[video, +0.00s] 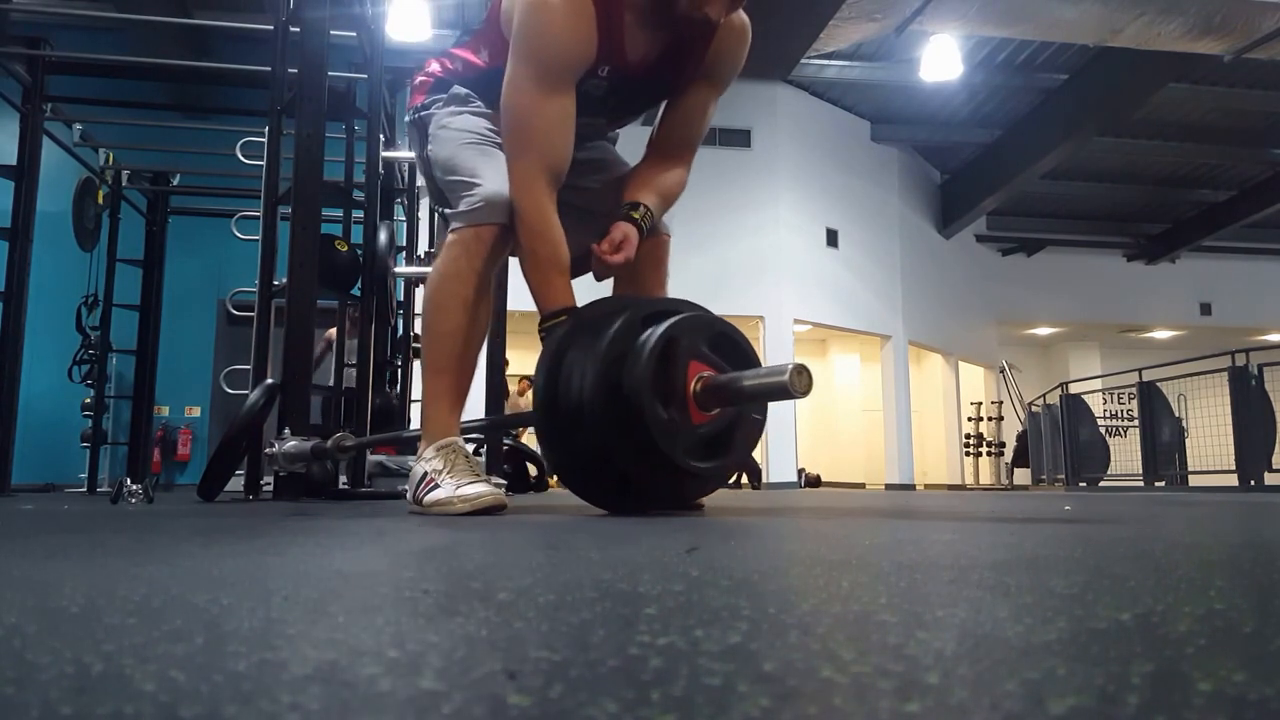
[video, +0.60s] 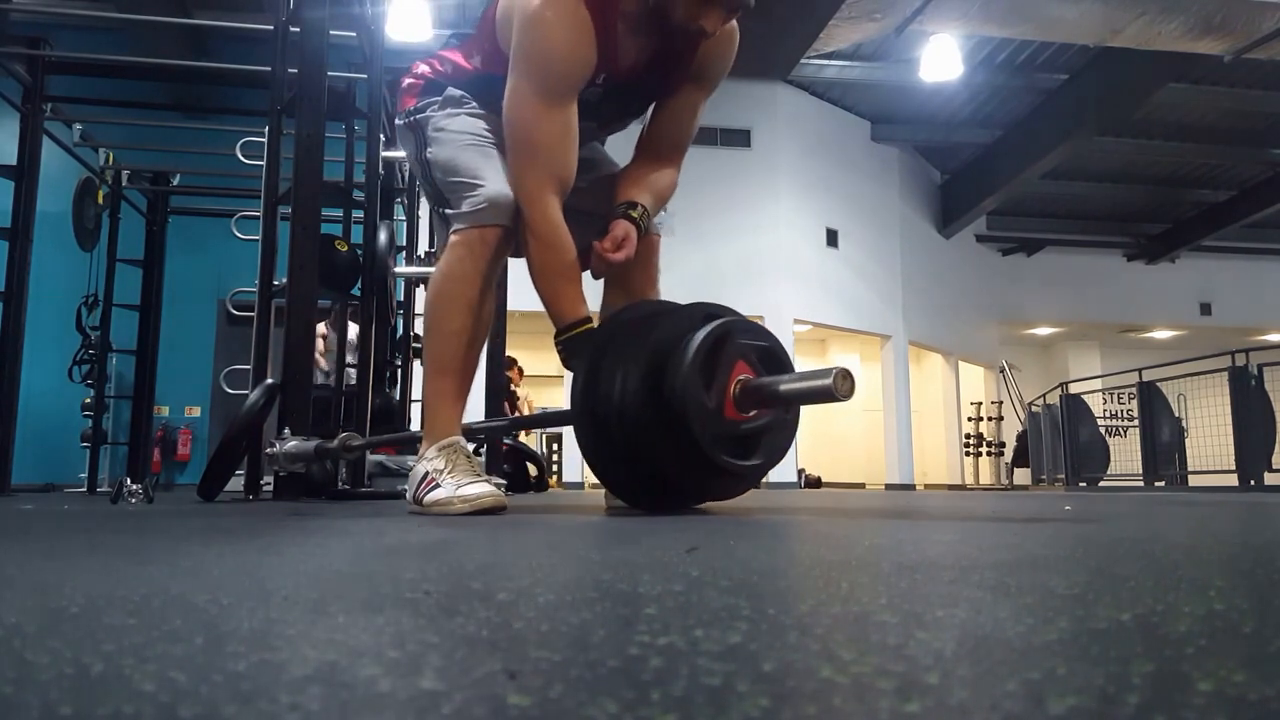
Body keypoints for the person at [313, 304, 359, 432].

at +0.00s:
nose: (356, 314)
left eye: (359, 310)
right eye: (353, 310)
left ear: (364, 314)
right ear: (346, 312)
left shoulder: (368, 336)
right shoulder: (333, 334)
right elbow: (316, 359)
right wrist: (303, 376)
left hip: (360, 390)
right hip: (336, 387)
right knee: (331, 427)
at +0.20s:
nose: (352, 321)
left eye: (355, 317)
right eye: (349, 316)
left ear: (360, 319)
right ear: (343, 316)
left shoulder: (363, 337)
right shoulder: (328, 332)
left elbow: (369, 361)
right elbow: (318, 354)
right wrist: (309, 372)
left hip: (353, 387)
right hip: (330, 386)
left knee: (352, 426)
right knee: (329, 427)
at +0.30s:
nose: (350, 312)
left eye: (354, 309)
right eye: (347, 308)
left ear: (358, 313)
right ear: (340, 311)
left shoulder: (360, 331)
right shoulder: (325, 330)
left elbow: (368, 352)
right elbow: (320, 349)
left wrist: (360, 364)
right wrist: (326, 361)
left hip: (353, 384)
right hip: (330, 384)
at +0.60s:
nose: (341, 316)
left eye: (344, 313)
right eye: (338, 312)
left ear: (348, 313)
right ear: (333, 312)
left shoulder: (355, 329)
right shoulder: (321, 328)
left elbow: (359, 350)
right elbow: (317, 353)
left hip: (350, 379)